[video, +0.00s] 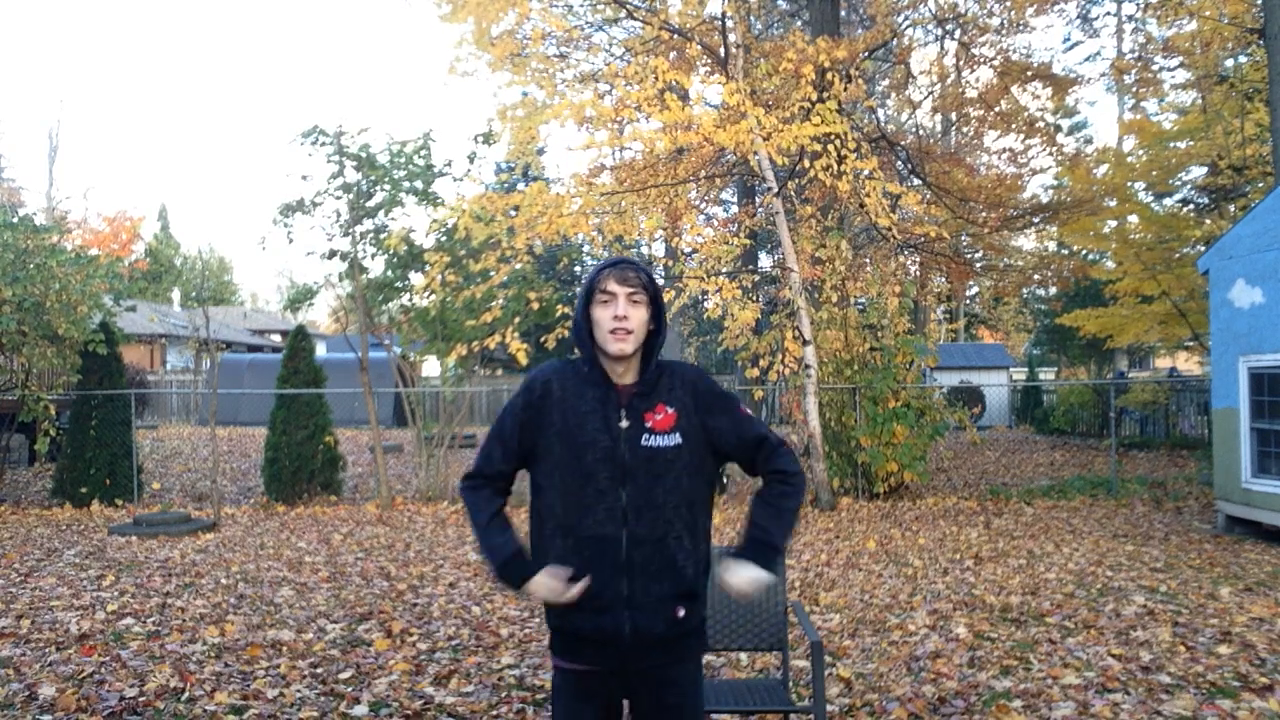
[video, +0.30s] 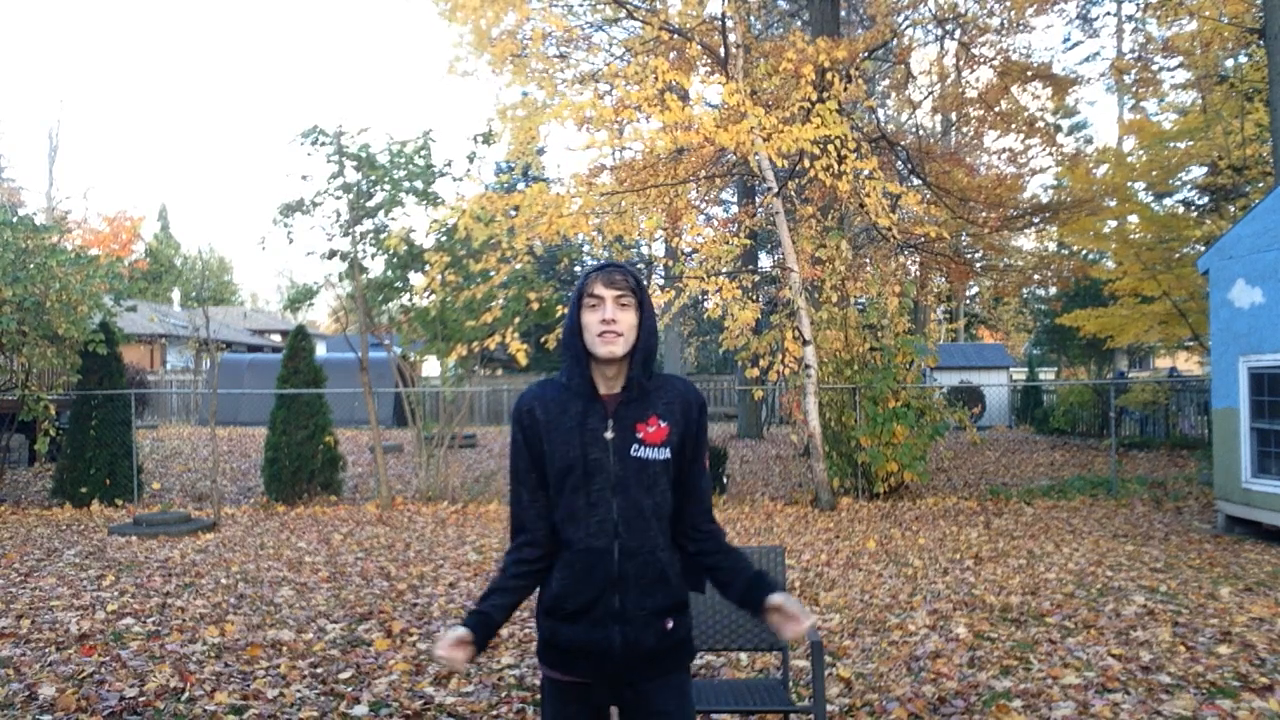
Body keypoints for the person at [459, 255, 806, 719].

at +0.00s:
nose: (620, 313)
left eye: (634, 300)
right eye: (606, 300)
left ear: (652, 317)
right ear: (586, 315)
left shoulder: (690, 391)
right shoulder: (547, 392)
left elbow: (783, 468)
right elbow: (481, 486)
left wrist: (756, 555)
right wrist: (521, 572)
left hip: (673, 638)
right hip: (582, 641)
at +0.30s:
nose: (609, 316)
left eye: (623, 305)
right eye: (595, 304)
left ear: (642, 319)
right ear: (576, 319)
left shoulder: (678, 402)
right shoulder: (539, 408)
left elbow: (696, 530)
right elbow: (532, 541)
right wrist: (477, 628)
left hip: (658, 645)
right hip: (570, 647)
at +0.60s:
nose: (607, 318)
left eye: (619, 300)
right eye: (594, 311)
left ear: (651, 307)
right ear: (587, 331)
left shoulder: (706, 401)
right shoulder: (567, 405)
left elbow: (711, 528)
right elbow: (552, 537)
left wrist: (739, 609)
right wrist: (526, 634)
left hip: (677, 642)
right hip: (589, 645)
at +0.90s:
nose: (631, 318)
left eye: (644, 302)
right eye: (616, 309)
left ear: (671, 313)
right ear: (608, 327)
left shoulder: (719, 408)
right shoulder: (576, 410)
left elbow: (722, 524)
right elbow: (562, 527)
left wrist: (757, 569)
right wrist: (555, 582)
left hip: (690, 643)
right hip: (602, 646)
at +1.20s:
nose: (629, 312)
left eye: (644, 302)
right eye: (616, 299)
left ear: (660, 320)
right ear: (596, 313)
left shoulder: (694, 398)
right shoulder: (555, 409)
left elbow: (715, 528)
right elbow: (553, 542)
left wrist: (657, 457)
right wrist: (615, 460)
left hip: (677, 636)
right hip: (587, 639)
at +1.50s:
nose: (608, 323)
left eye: (623, 313)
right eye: (595, 308)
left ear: (636, 330)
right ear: (572, 319)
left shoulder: (667, 406)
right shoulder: (526, 417)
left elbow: (696, 529)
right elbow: (511, 549)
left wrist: (636, 461)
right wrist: (582, 481)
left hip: (653, 641)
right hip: (565, 646)